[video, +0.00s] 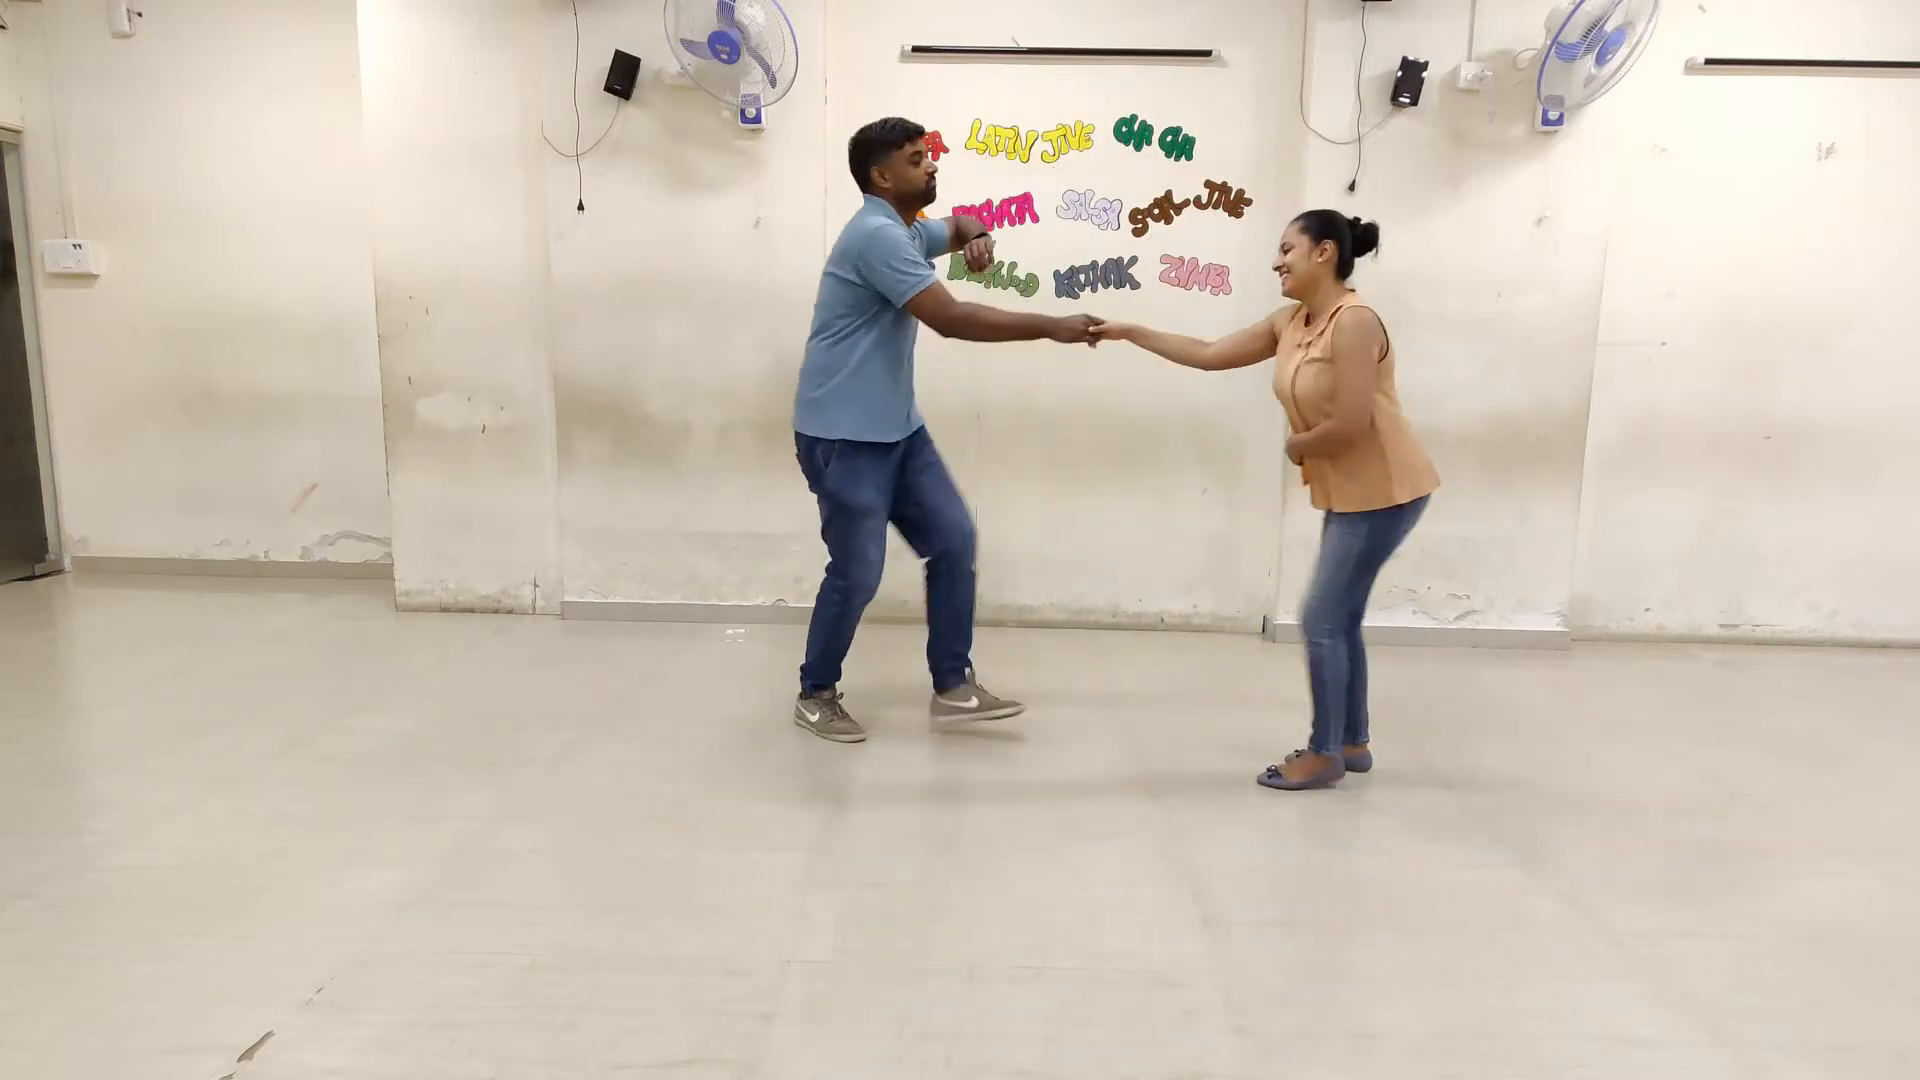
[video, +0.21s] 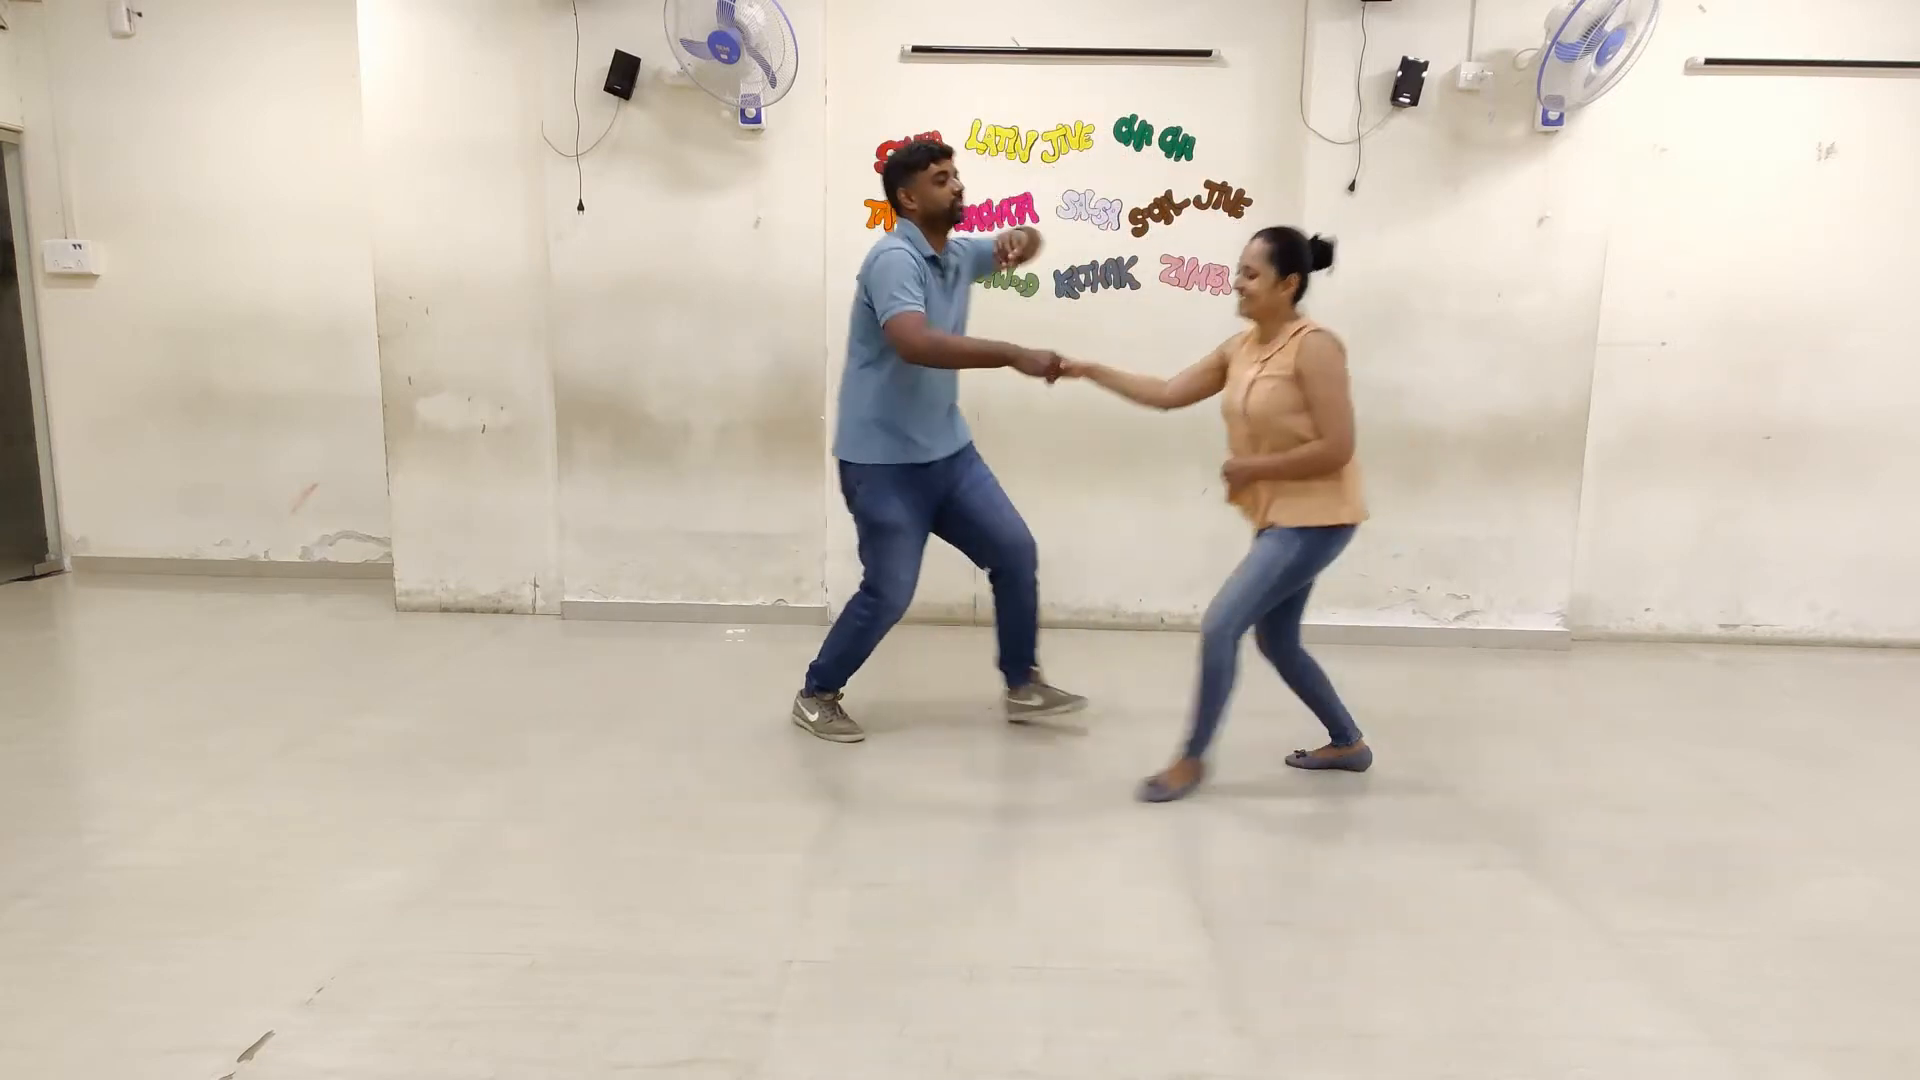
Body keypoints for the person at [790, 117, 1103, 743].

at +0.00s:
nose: (929, 165)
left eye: (927, 155)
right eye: (915, 158)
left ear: (905, 173)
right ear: (880, 173)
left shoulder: (905, 230)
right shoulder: (875, 233)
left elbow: (957, 224)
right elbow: (950, 318)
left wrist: (973, 237)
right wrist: (1051, 327)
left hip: (896, 427)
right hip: (841, 431)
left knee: (953, 539)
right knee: (857, 572)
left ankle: (953, 687)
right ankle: (815, 693)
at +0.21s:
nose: (955, 184)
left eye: (954, 173)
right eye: (940, 177)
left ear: (956, 184)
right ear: (903, 195)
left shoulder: (960, 253)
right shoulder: (892, 258)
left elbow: (1017, 243)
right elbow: (913, 342)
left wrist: (1021, 243)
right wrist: (1011, 354)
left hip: (946, 450)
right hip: (880, 458)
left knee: (1015, 551)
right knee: (888, 593)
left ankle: (1023, 685)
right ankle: (817, 693)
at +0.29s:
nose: (971, 192)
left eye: (972, 183)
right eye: (955, 185)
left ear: (976, 193)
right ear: (921, 203)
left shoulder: (984, 262)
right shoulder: (910, 259)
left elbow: (1061, 256)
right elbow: (906, 320)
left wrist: (1043, 246)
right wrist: (1003, 346)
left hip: (967, 457)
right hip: (901, 463)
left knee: (1035, 556)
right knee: (899, 597)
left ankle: (1037, 689)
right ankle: (819, 693)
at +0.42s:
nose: (998, 178)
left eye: (1003, 169)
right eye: (982, 173)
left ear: (1015, 180)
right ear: (958, 190)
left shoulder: (1032, 245)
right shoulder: (946, 243)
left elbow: (1120, 242)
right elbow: (937, 262)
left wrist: (1083, 227)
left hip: (1019, 449)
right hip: (944, 453)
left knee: (1067, 562)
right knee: (922, 577)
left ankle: (1045, 691)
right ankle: (845, 683)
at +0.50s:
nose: (1016, 166)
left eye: (1024, 157)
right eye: (1001, 160)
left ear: (1037, 172)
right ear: (981, 177)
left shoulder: (1067, 240)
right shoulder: (964, 241)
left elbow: (1158, 213)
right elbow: (957, 224)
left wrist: (1099, 196)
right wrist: (1041, 177)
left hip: (1045, 439)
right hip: (964, 441)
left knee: (1074, 571)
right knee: (944, 570)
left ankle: (1063, 686)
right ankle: (908, 676)